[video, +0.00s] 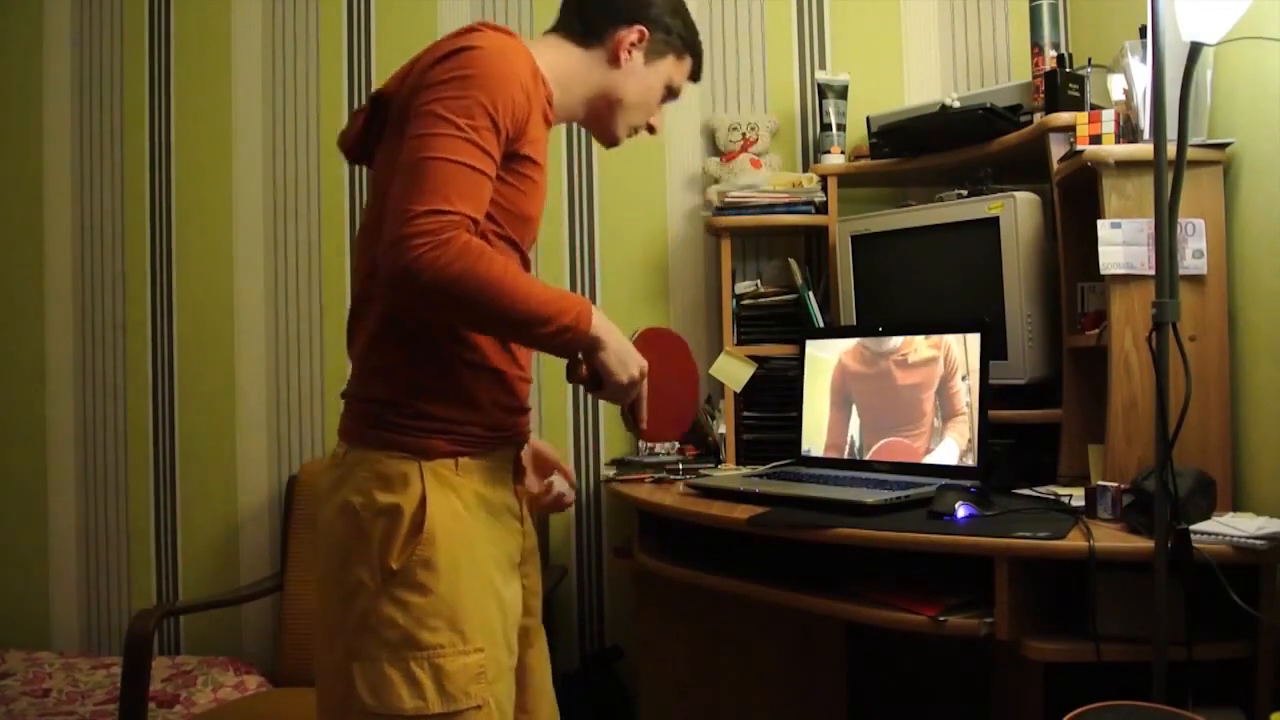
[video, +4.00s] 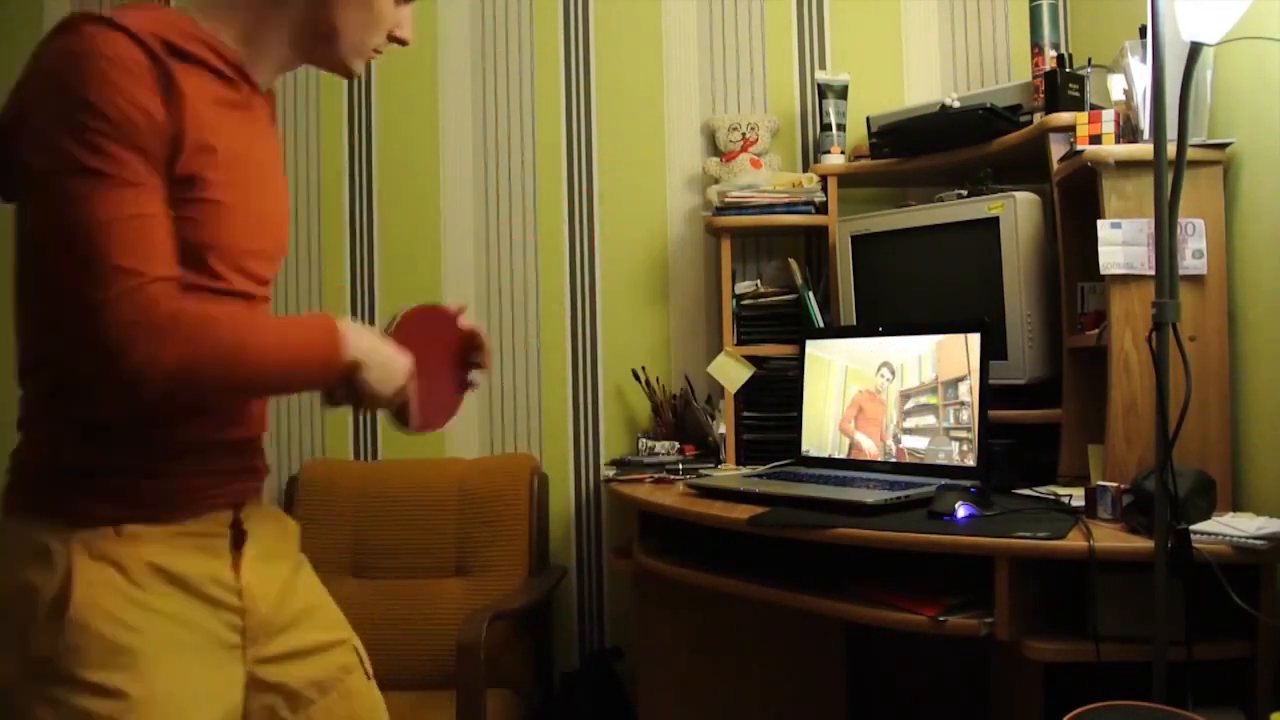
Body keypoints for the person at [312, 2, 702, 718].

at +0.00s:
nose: (656, 123)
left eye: (671, 103)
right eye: (669, 91)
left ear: (627, 48)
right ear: (630, 45)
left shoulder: (518, 102)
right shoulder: (487, 66)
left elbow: (449, 307)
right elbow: (425, 249)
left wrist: (512, 441)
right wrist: (587, 324)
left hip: (481, 488)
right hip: (421, 493)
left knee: (518, 706)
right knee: (441, 706)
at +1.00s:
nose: (565, 26)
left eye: (574, 9)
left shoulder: (408, 55)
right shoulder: (385, 50)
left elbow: (411, 298)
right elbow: (437, 322)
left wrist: (529, 314)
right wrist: (590, 370)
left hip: (448, 495)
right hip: (398, 509)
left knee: (510, 709)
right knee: (426, 709)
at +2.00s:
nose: (594, 60)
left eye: (606, 37)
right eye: (599, 27)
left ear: (534, 7)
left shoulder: (470, 111)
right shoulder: (353, 60)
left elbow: (470, 308)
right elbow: (294, 277)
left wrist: (561, 370)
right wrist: (483, 362)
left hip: (448, 495)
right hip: (343, 498)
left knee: (492, 708)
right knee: (360, 707)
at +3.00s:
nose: (468, 27)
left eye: (476, 6)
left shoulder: (333, 111)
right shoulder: (182, 47)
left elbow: (311, 306)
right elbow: (26, 256)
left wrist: (466, 361)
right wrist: (191, 416)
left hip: (321, 524)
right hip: (189, 533)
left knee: (416, 707)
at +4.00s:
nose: (405, 29)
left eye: (410, 7)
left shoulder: (243, 96)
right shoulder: (101, 63)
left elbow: (210, 339)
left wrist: (383, 366)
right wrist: (341, 343)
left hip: (252, 552)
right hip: (110, 567)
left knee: (353, 710)